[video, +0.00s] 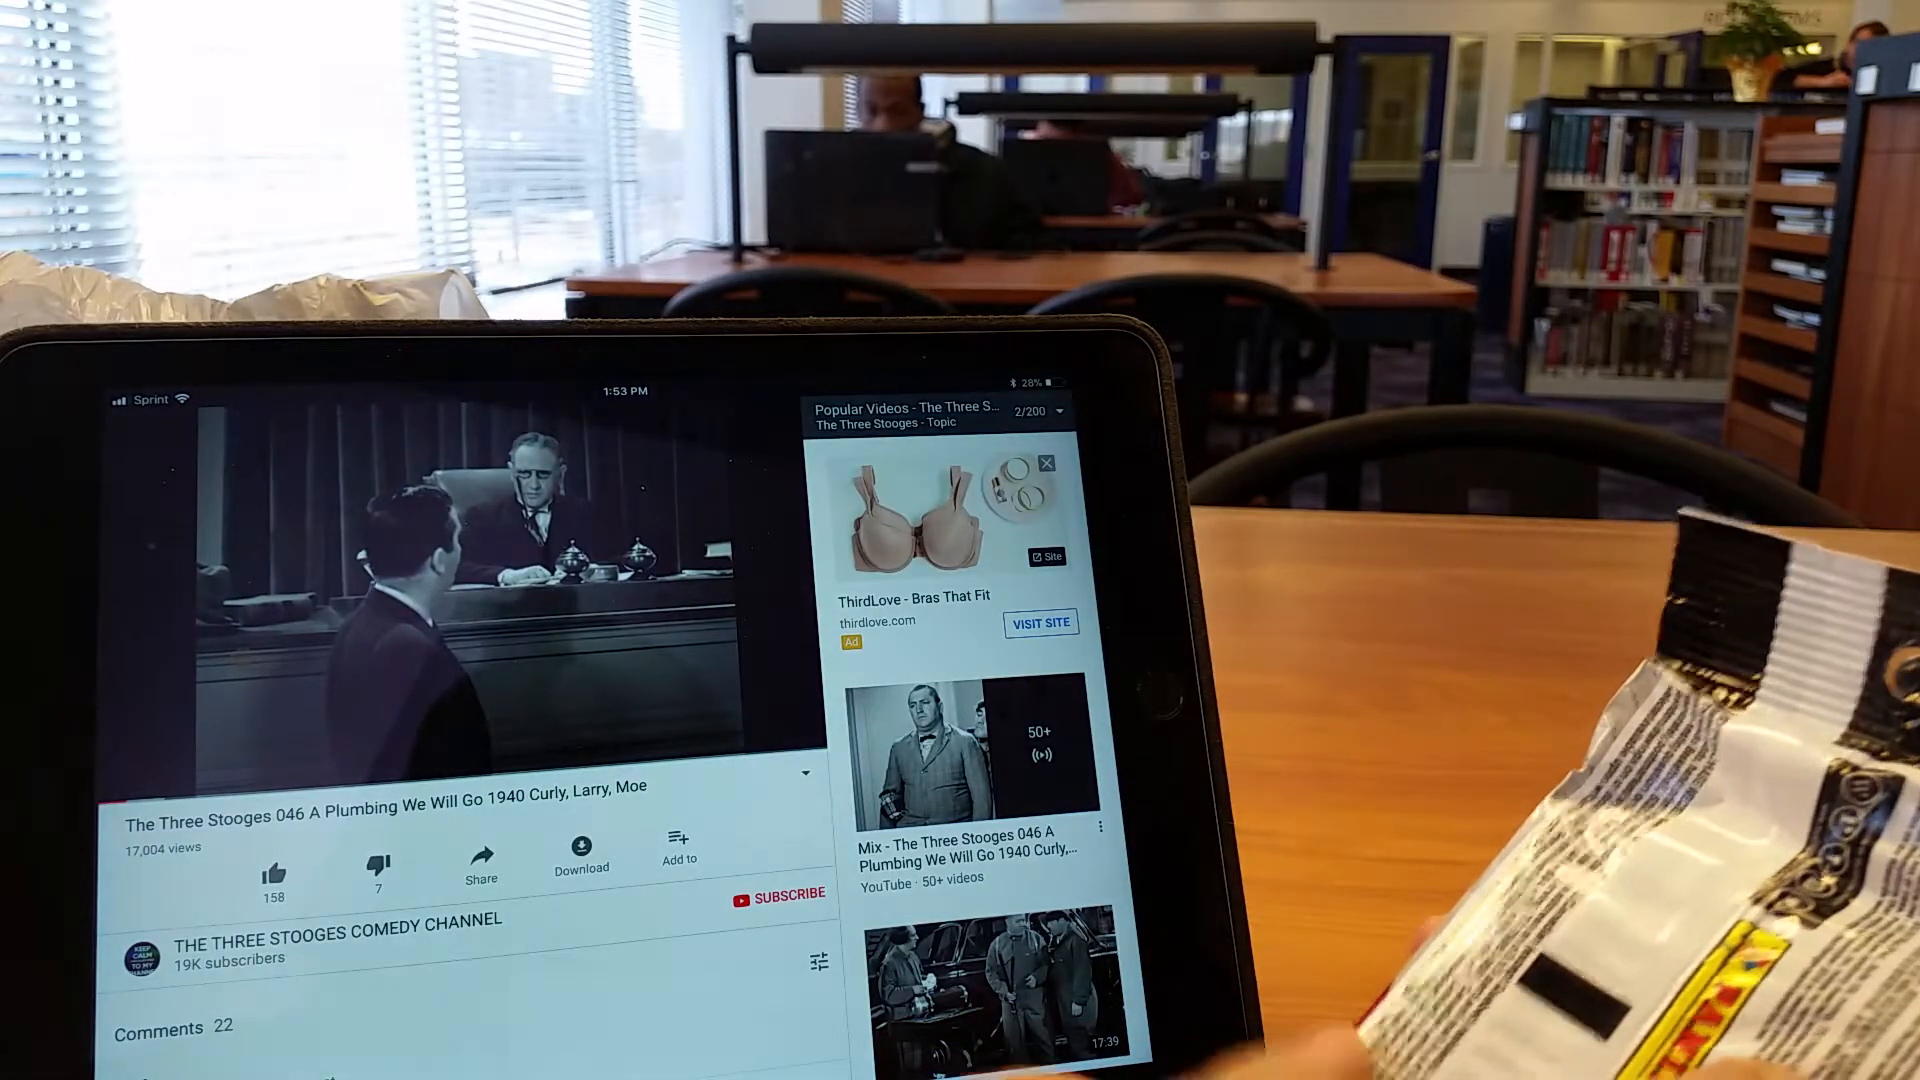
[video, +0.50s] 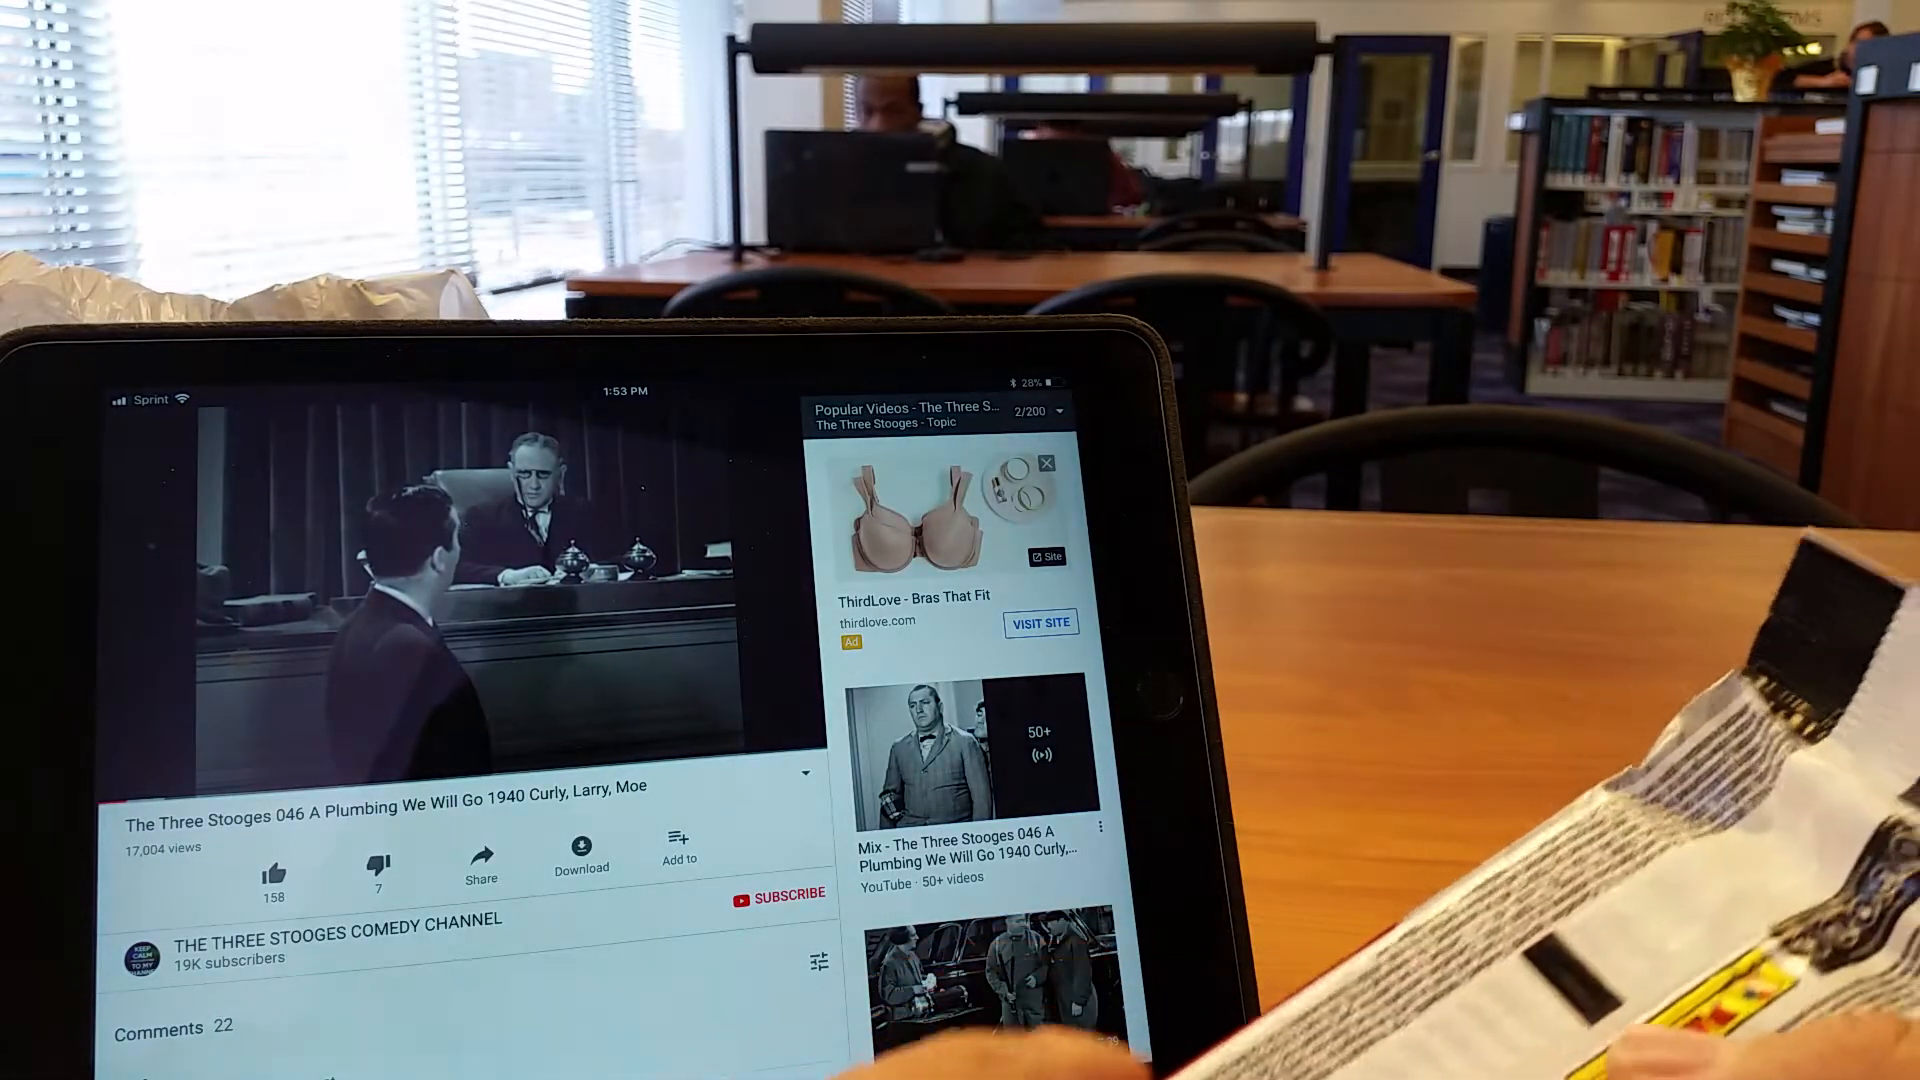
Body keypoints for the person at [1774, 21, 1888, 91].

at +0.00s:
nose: (1859, 51)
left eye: (1866, 46)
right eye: (1856, 43)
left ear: (1879, 51)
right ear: (1849, 44)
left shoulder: (1883, 79)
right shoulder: (1828, 68)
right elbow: (1780, 81)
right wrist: (1825, 82)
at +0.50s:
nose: (1859, 51)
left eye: (1866, 46)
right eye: (1857, 43)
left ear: (1879, 51)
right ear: (1849, 44)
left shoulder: (1884, 78)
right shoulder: (1828, 68)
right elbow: (1780, 81)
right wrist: (1825, 82)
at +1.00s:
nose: (1860, 50)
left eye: (1868, 46)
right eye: (1857, 43)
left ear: (1880, 50)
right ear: (1849, 44)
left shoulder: (1884, 77)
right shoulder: (1829, 68)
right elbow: (1780, 80)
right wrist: (1825, 82)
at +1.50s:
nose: (1860, 50)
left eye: (1868, 46)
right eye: (1858, 43)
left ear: (1880, 50)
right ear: (1849, 44)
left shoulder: (1884, 77)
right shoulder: (1828, 68)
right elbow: (1780, 80)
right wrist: (1825, 82)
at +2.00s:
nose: (1860, 51)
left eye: (1868, 46)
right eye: (1858, 43)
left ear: (1880, 51)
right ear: (1849, 44)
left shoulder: (1884, 78)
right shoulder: (1828, 68)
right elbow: (1780, 80)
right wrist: (1825, 82)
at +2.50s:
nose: (1859, 50)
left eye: (1867, 45)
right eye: (1857, 43)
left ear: (1880, 50)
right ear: (1849, 44)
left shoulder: (1884, 78)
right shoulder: (1829, 68)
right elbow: (1781, 80)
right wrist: (1824, 82)